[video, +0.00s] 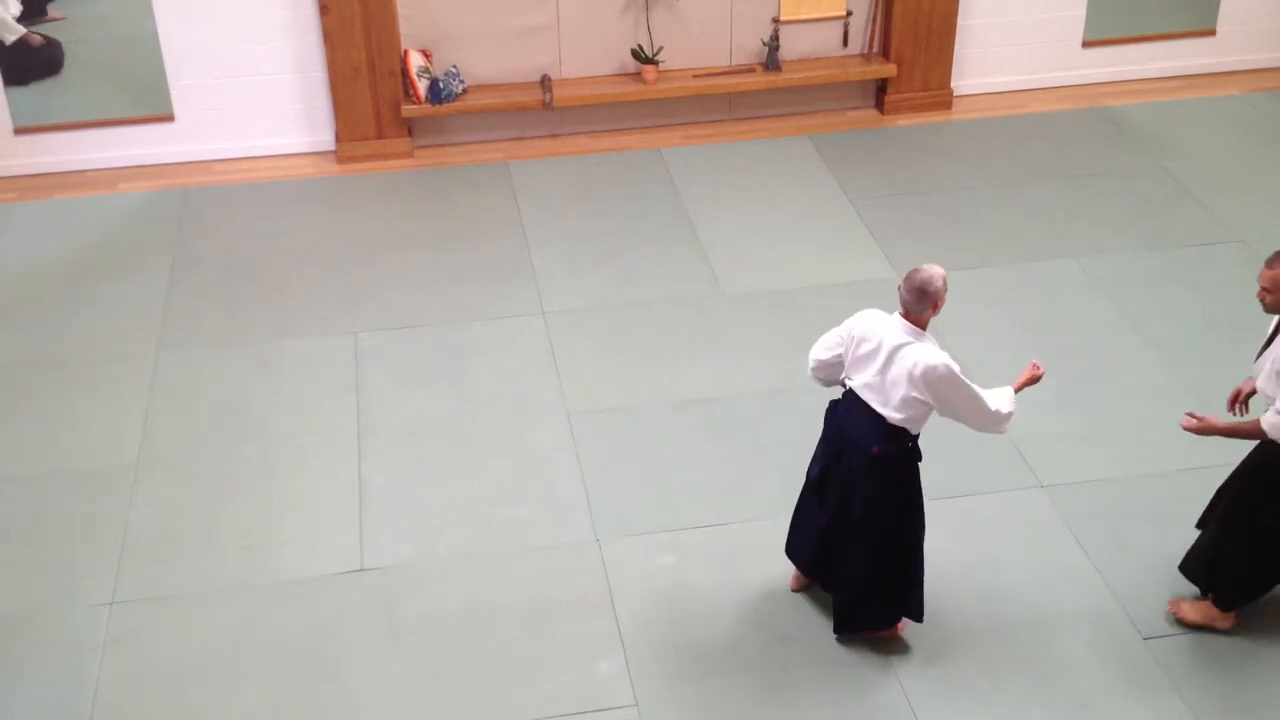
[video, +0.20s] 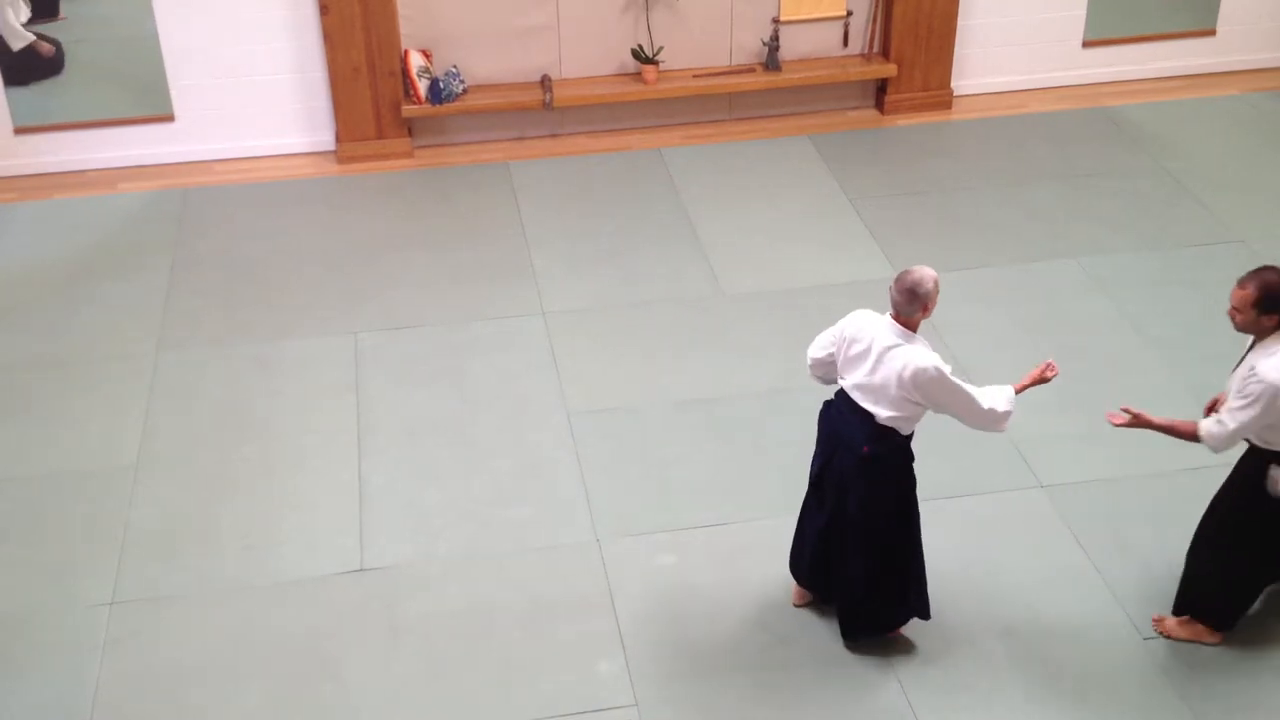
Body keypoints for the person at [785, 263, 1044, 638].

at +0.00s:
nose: (943, 299)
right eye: (943, 296)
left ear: (900, 292)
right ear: (938, 306)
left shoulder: (866, 322)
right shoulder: (933, 364)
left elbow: (820, 365)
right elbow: (986, 412)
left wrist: (853, 376)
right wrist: (1017, 387)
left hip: (842, 424)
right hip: (886, 448)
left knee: (826, 498)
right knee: (886, 529)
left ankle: (806, 569)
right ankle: (879, 619)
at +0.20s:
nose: (937, 299)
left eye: (933, 293)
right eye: (935, 296)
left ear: (893, 294)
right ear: (928, 308)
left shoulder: (859, 323)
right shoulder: (922, 365)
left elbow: (818, 361)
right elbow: (976, 405)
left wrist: (850, 376)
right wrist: (1023, 384)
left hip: (835, 425)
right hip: (880, 449)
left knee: (823, 506)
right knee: (882, 530)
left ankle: (805, 584)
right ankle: (875, 619)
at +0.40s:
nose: (844, 299)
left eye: (841, 292)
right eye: (841, 293)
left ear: (808, 290)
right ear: (834, 299)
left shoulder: (776, 313)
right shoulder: (826, 353)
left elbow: (755, 342)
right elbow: (881, 386)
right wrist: (942, 370)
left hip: (752, 417)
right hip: (785, 437)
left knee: (758, 507)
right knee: (798, 517)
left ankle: (750, 580)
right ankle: (793, 609)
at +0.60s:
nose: (935, 303)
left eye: (941, 302)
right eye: (938, 297)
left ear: (964, 316)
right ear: (978, 311)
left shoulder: (955, 367)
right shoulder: (1012, 320)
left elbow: (877, 389)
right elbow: (1041, 345)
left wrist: (807, 379)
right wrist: (1019, 388)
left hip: (992, 460)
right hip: (1034, 438)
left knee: (915, 514)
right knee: (1036, 527)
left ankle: (954, 586)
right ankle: (1048, 605)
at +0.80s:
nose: (841, 327)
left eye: (847, 324)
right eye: (845, 321)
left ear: (866, 340)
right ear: (887, 329)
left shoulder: (853, 387)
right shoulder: (926, 343)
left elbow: (779, 392)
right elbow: (977, 375)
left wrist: (711, 377)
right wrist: (969, 397)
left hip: (908, 481)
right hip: (958, 457)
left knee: (839, 546)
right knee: (986, 529)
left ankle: (818, 646)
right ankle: (1027, 604)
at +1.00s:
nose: (740, 334)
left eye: (745, 331)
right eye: (743, 328)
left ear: (765, 344)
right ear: (790, 332)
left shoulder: (764, 396)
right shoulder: (830, 349)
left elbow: (694, 408)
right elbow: (879, 381)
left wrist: (634, 385)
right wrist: (908, 416)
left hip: (825, 491)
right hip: (868, 461)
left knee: (775, 569)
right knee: (884, 539)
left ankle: (784, 651)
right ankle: (917, 610)